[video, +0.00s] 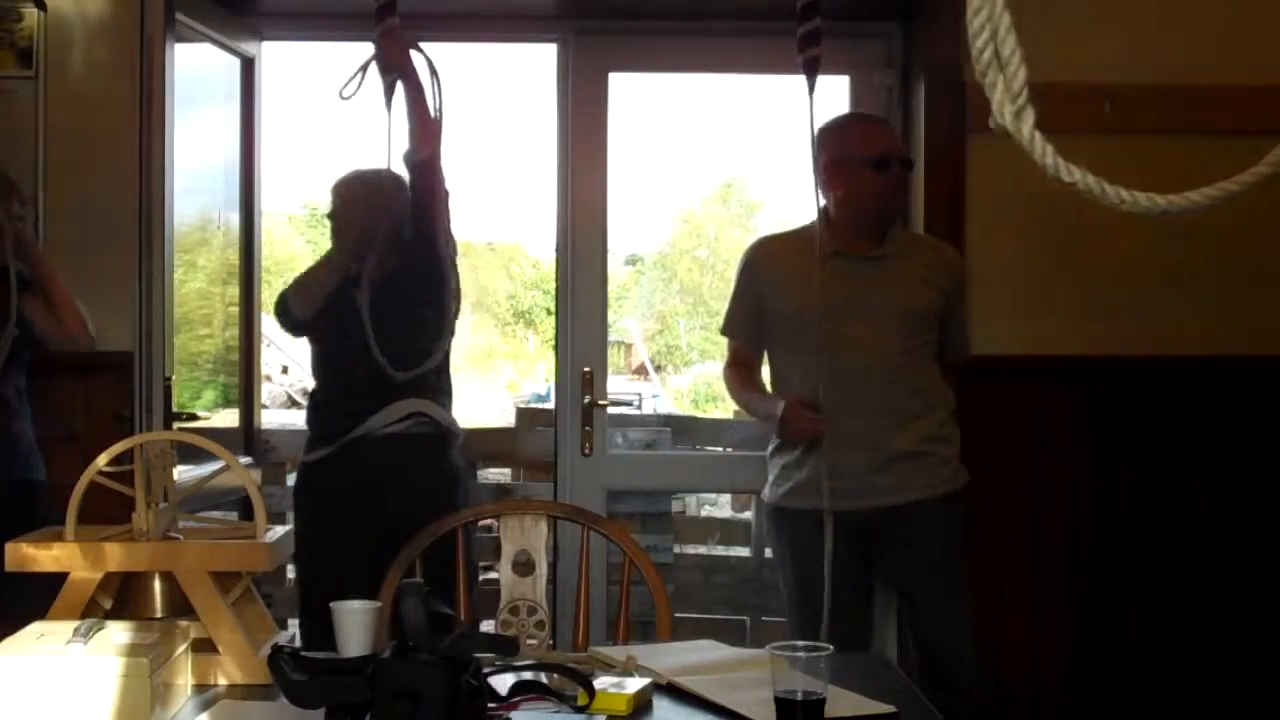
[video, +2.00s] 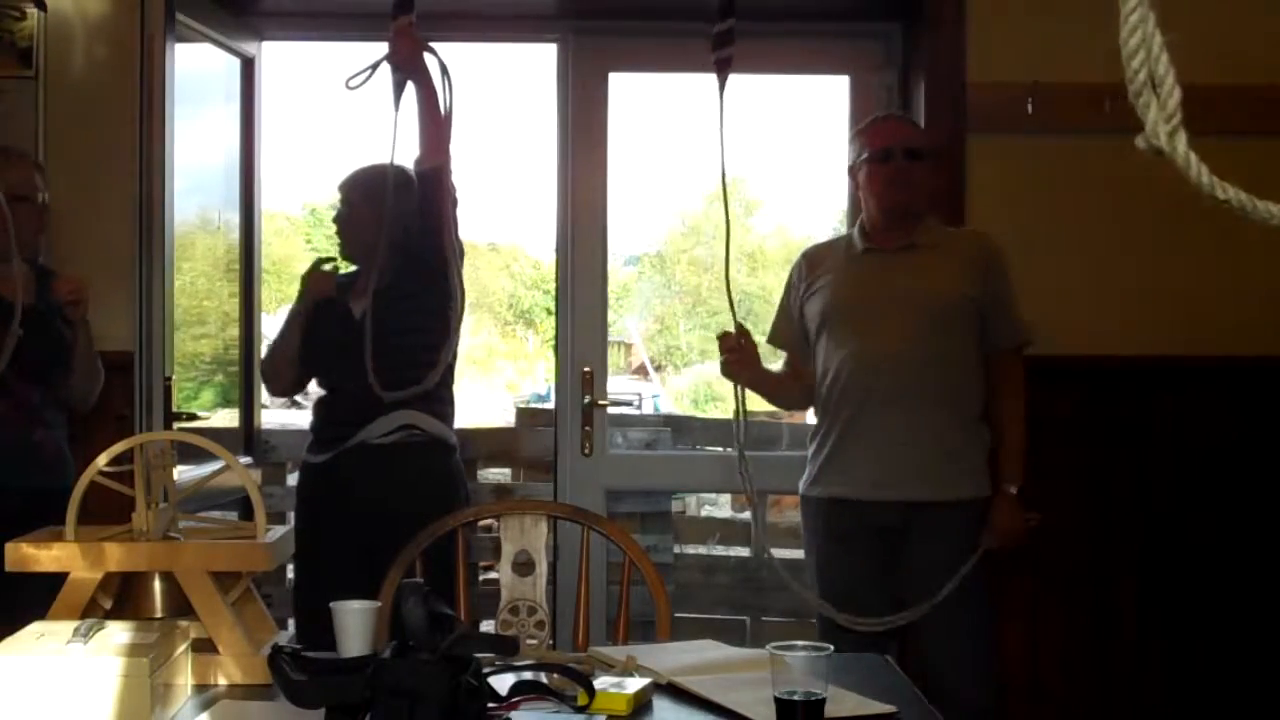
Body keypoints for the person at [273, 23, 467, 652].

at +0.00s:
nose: (339, 226)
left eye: (350, 213)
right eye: (336, 215)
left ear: (389, 216)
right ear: (336, 221)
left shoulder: (429, 273)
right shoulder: (326, 284)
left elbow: (426, 161)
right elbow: (289, 313)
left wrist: (406, 72)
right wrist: (344, 255)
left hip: (415, 453)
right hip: (333, 457)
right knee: (332, 619)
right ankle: (337, 698)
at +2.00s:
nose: (336, 216)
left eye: (349, 204)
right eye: (339, 205)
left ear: (390, 212)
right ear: (358, 214)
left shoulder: (428, 279)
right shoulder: (328, 297)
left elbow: (435, 162)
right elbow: (279, 383)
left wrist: (418, 72)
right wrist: (305, 302)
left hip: (415, 463)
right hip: (333, 465)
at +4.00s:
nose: (389, 204)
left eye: (404, 197)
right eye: (379, 197)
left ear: (427, 218)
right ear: (367, 218)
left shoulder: (439, 280)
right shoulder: (339, 280)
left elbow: (444, 168)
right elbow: (268, 232)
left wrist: (423, 78)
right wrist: (302, 148)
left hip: (415, 473)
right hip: (332, 473)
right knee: (329, 646)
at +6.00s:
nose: (434, 204)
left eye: (446, 194)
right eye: (420, 194)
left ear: (461, 211)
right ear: (397, 211)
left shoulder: (469, 272)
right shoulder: (369, 265)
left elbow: (468, 169)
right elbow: (330, 180)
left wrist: (431, 78)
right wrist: (365, 84)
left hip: (442, 460)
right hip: (356, 458)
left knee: (452, 627)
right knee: (352, 631)